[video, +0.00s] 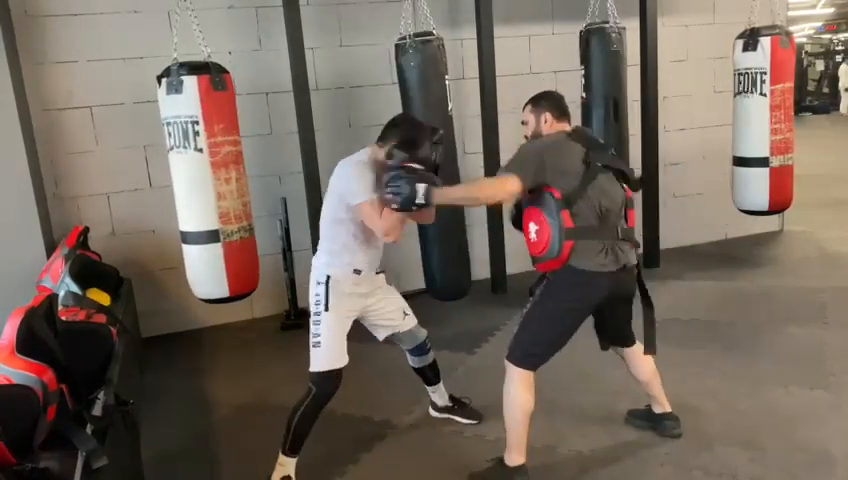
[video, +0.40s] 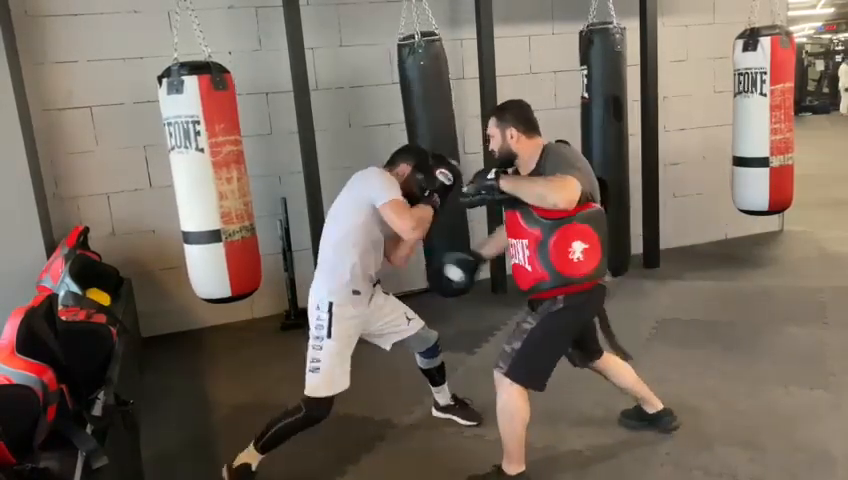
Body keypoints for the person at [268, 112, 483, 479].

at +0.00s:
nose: (409, 167)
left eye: (415, 162)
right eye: (409, 160)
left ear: (399, 154)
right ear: (392, 150)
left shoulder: (389, 170)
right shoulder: (352, 171)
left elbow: (426, 216)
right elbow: (390, 231)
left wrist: (423, 176)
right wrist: (402, 184)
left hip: (371, 282)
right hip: (333, 284)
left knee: (417, 341)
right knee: (325, 383)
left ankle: (441, 402)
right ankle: (284, 468)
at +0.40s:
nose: (418, 189)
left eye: (421, 185)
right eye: (419, 181)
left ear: (401, 171)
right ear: (406, 169)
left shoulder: (380, 199)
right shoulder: (375, 178)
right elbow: (411, 225)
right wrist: (431, 199)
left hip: (368, 297)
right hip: (335, 302)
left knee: (426, 340)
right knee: (318, 407)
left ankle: (445, 401)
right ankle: (245, 461)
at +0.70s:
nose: (408, 155)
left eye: (413, 147)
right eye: (403, 145)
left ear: (415, 149)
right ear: (379, 139)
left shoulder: (408, 181)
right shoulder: (338, 161)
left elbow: (442, 226)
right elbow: (323, 216)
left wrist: (452, 202)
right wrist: (366, 179)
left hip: (379, 284)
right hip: (331, 284)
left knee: (433, 349)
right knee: (305, 379)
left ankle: (445, 404)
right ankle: (271, 458)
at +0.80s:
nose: (422, 168)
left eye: (425, 163)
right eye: (420, 159)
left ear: (402, 154)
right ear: (398, 151)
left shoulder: (396, 185)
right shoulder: (353, 170)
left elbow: (403, 242)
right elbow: (356, 230)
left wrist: (430, 218)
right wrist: (398, 203)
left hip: (381, 284)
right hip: (339, 290)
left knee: (442, 330)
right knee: (322, 389)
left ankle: (458, 394)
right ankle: (275, 456)